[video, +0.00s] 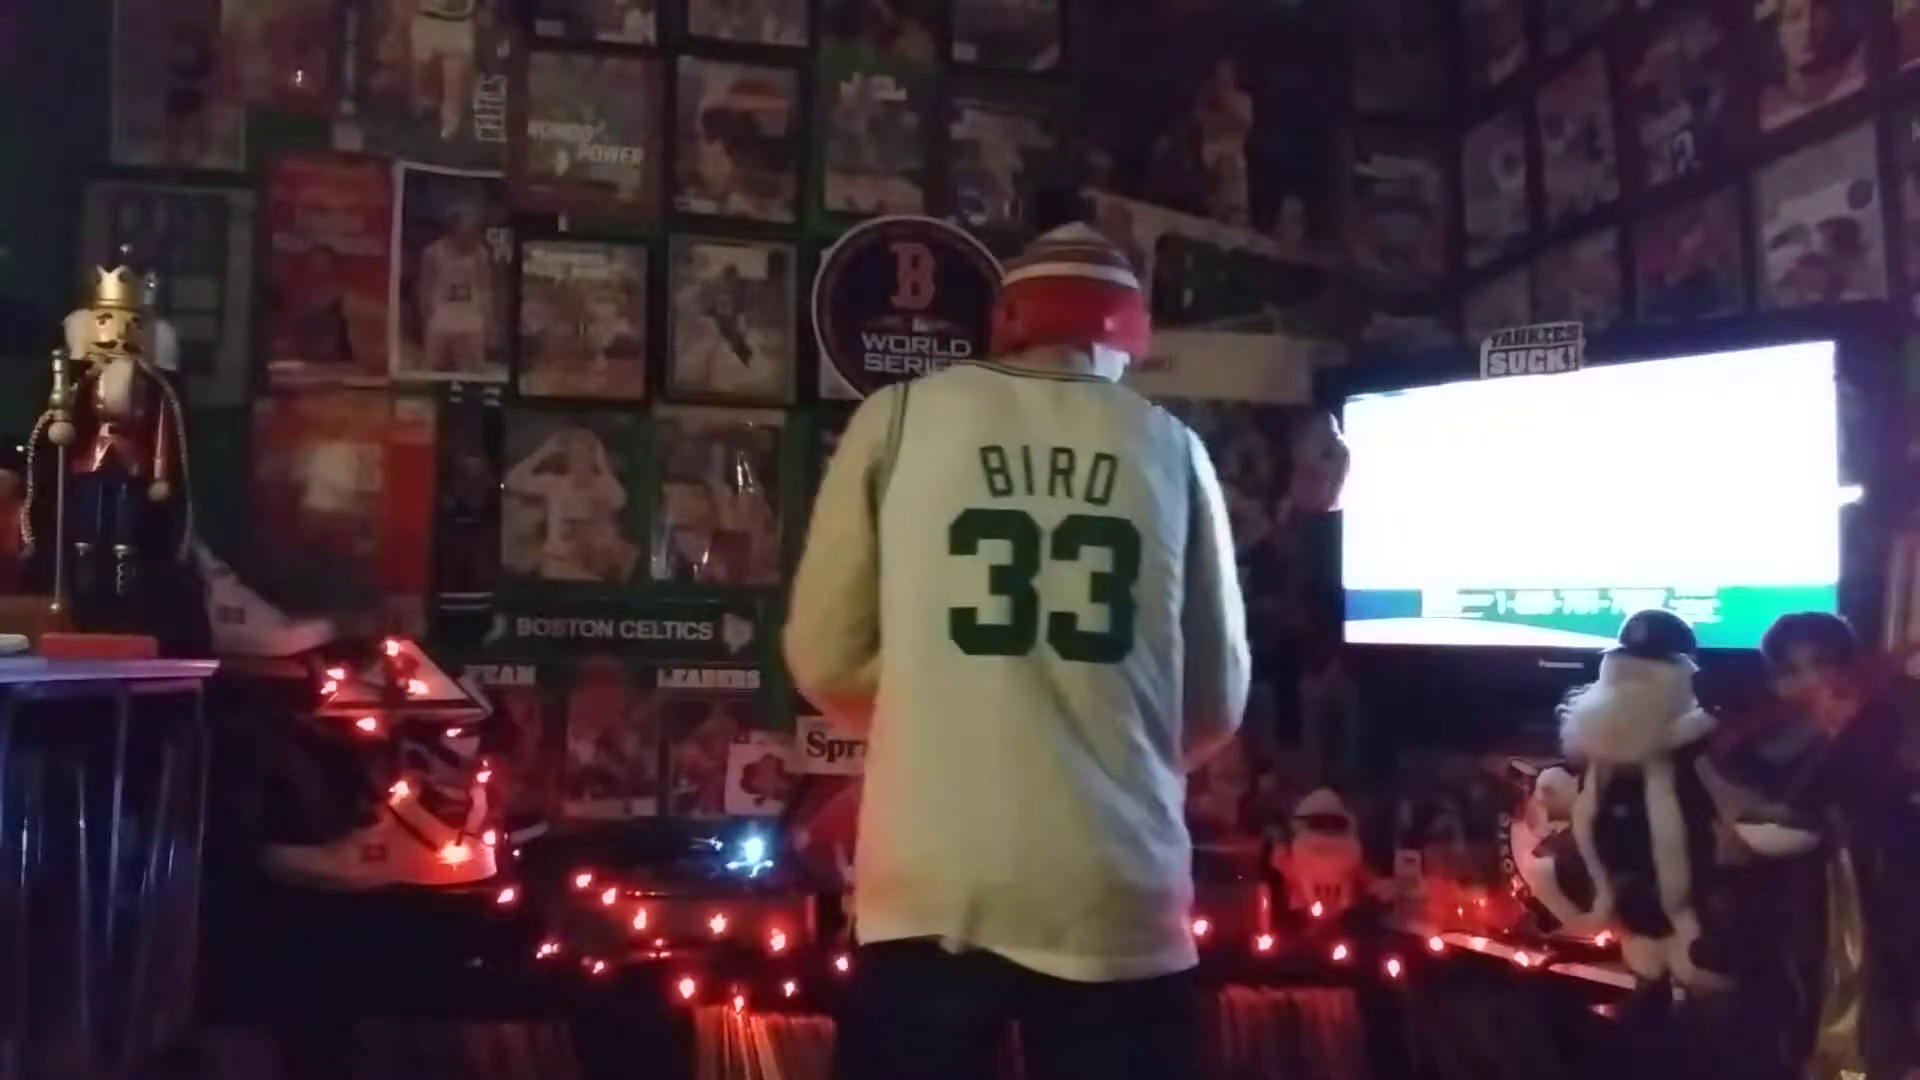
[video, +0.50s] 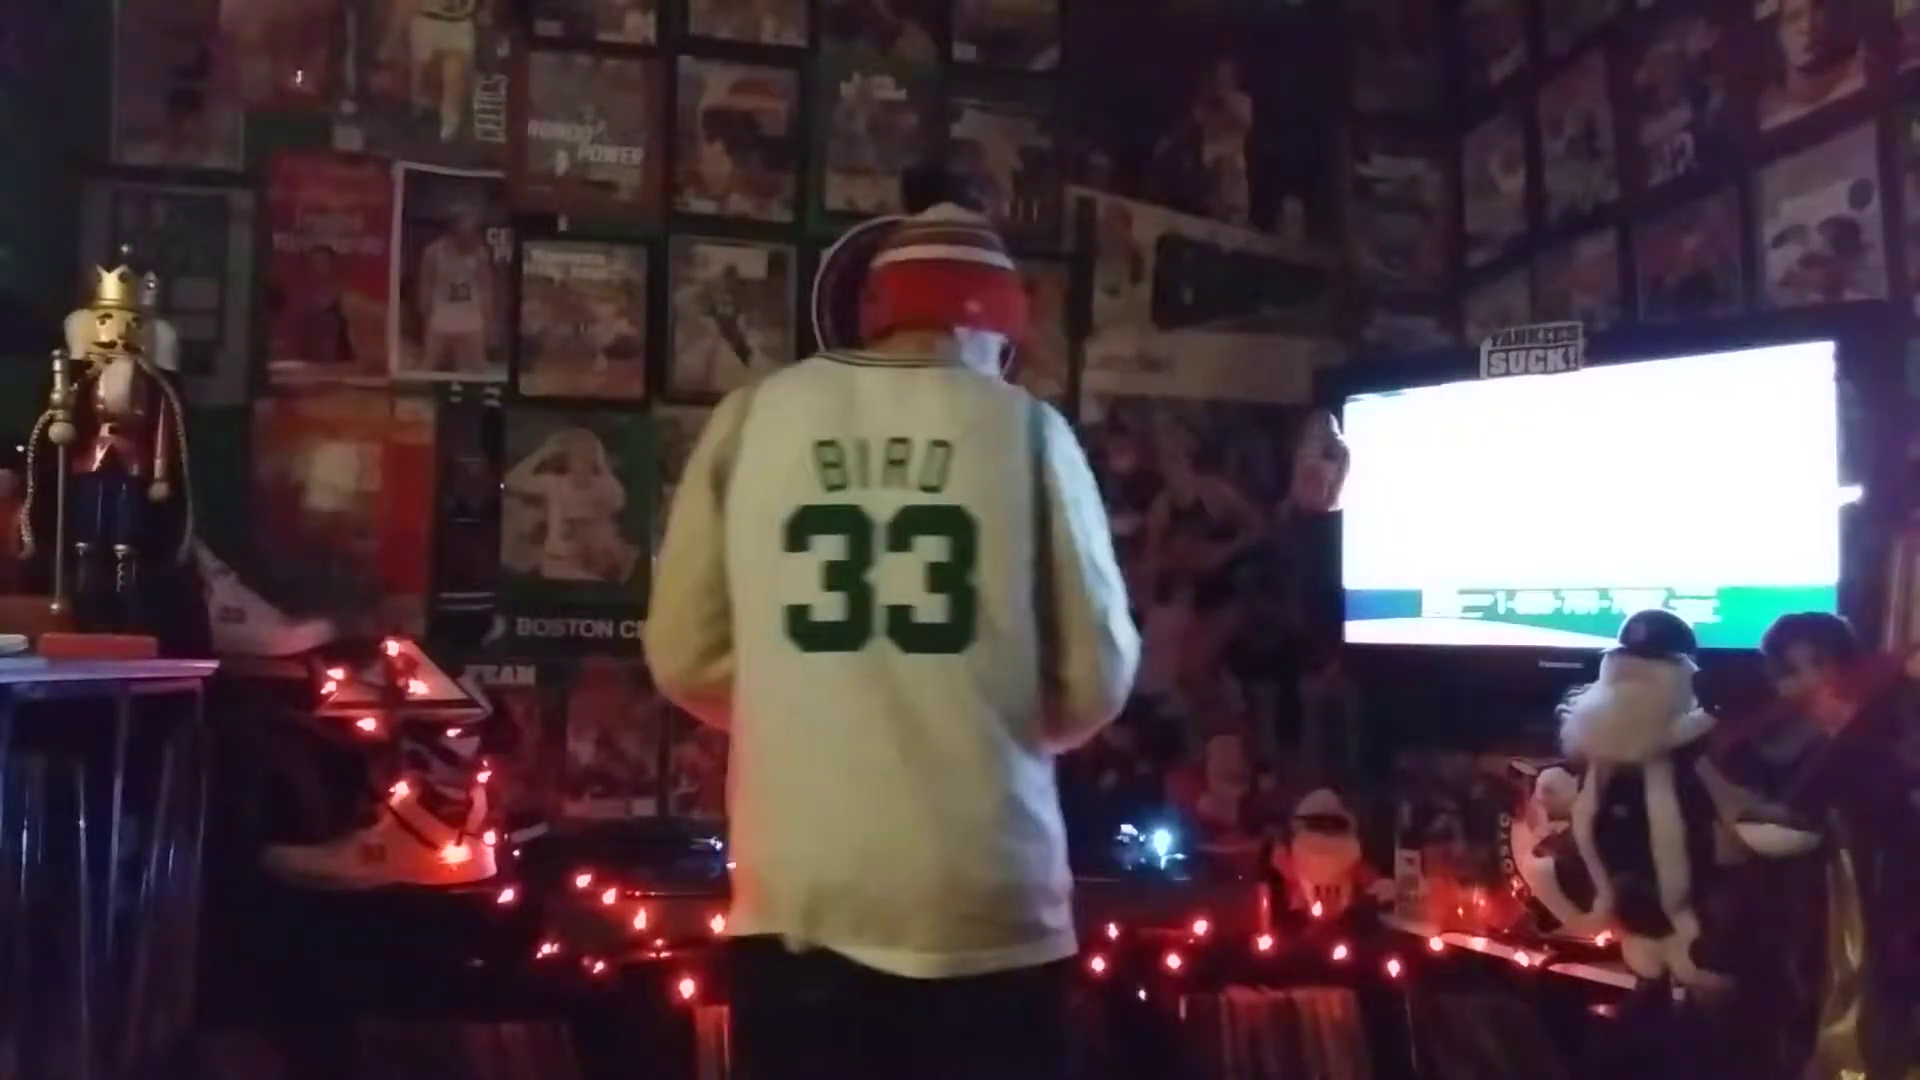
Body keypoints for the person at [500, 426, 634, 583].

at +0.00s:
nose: (580, 472)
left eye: (588, 467)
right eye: (574, 464)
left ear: (595, 465)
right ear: (566, 464)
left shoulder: (600, 487)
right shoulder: (555, 485)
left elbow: (618, 501)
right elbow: (513, 482)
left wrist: (602, 464)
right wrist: (544, 452)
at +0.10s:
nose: (580, 466)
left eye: (586, 461)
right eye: (574, 461)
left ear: (593, 461)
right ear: (566, 461)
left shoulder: (599, 487)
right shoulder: (554, 484)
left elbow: (618, 501)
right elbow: (513, 483)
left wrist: (602, 464)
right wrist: (545, 452)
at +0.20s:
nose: (579, 465)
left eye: (585, 459)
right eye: (574, 459)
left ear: (593, 460)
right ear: (566, 460)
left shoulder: (600, 486)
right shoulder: (554, 484)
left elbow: (618, 501)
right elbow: (513, 483)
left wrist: (602, 464)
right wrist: (545, 452)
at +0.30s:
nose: (580, 469)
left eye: (588, 465)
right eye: (574, 463)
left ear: (594, 464)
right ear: (566, 463)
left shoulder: (600, 487)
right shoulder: (554, 484)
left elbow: (618, 501)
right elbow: (513, 483)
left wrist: (602, 464)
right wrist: (545, 452)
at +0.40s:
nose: (580, 464)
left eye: (585, 458)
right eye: (575, 459)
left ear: (593, 460)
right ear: (566, 460)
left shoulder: (600, 487)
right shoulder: (554, 485)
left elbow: (618, 501)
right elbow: (513, 483)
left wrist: (601, 463)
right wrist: (545, 452)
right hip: (554, 565)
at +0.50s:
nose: (581, 467)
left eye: (587, 462)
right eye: (575, 461)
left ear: (594, 461)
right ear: (565, 461)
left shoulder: (602, 486)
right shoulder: (553, 484)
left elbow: (617, 503)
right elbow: (513, 482)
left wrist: (602, 464)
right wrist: (544, 453)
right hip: (559, 563)